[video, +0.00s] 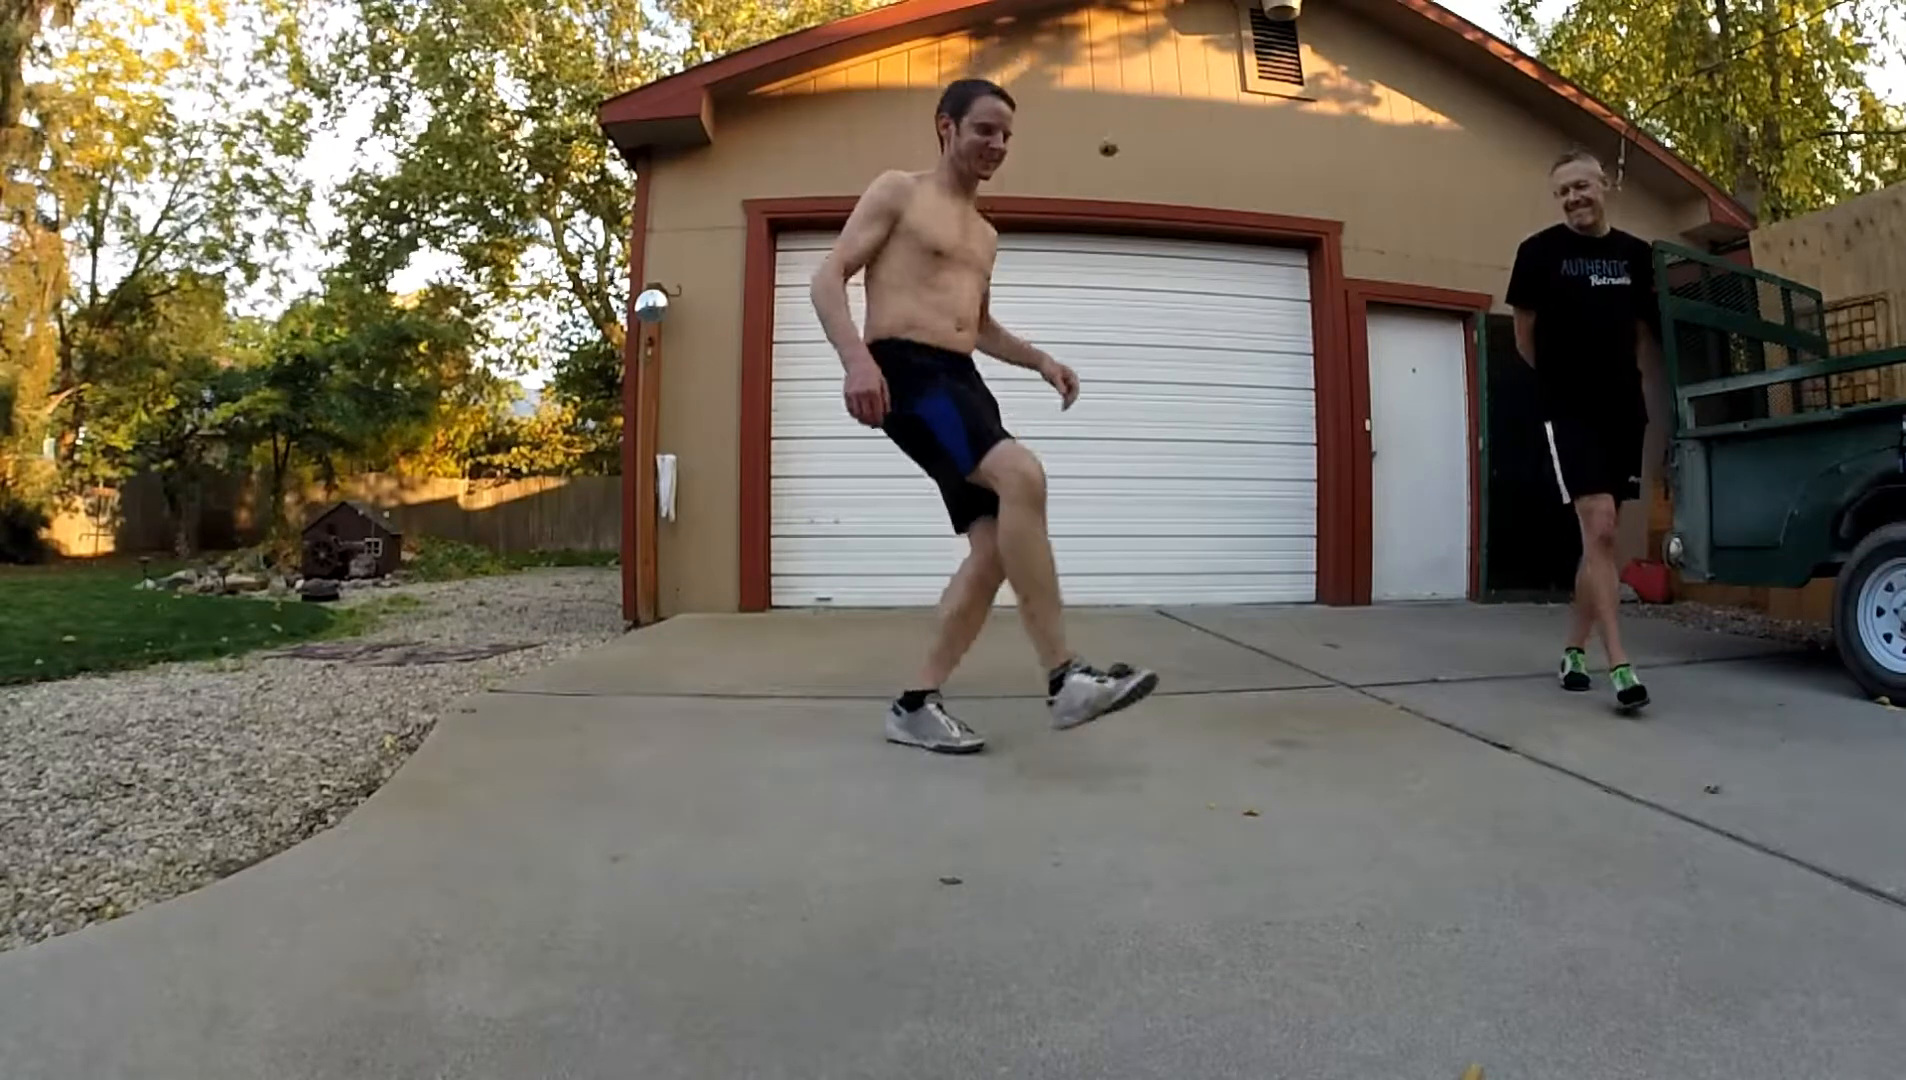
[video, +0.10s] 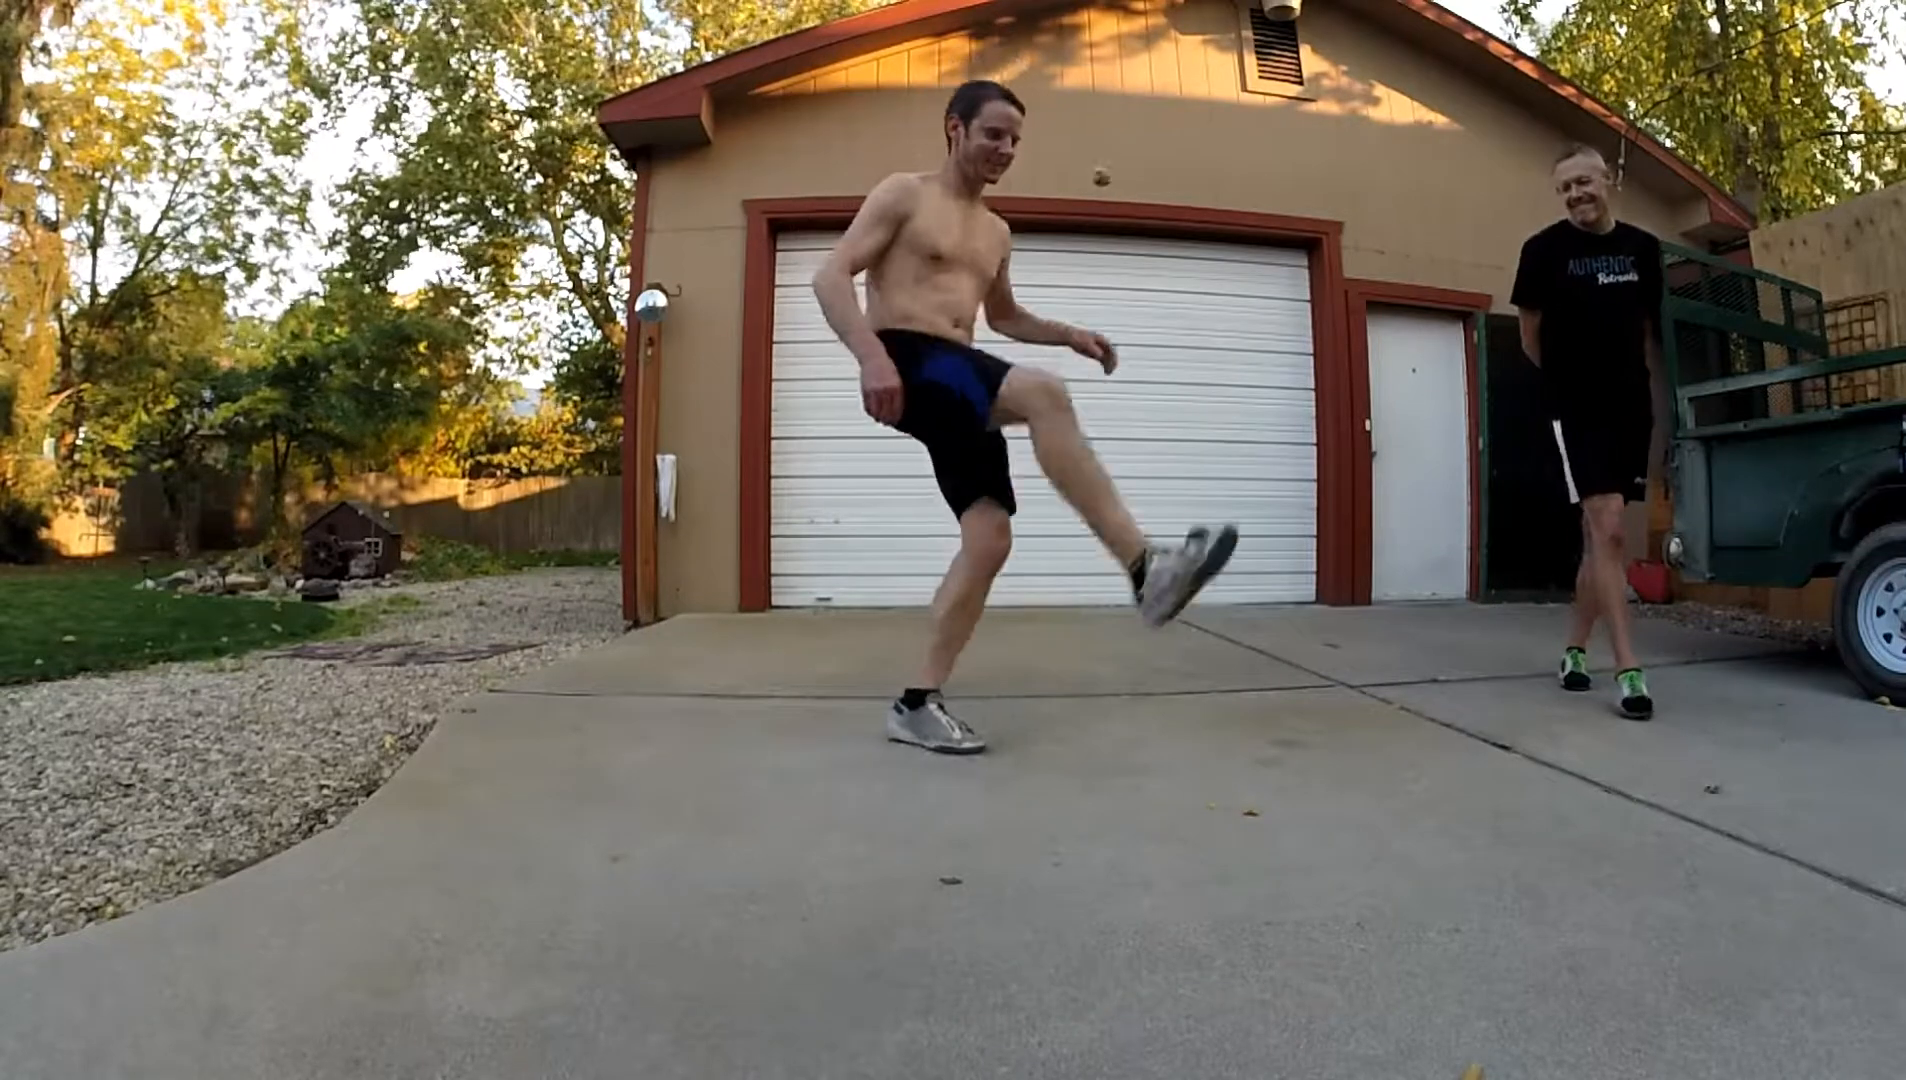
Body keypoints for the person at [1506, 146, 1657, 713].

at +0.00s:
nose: (1575, 197)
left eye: (1584, 186)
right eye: (1565, 190)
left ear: (1605, 189)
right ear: (1556, 199)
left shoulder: (1635, 254)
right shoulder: (1537, 253)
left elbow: (1642, 337)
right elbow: (1524, 341)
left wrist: (1618, 376)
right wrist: (1559, 378)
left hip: (1622, 400)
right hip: (1565, 403)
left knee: (1603, 532)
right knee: (1601, 523)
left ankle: (1574, 652)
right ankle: (1619, 665)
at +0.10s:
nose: (1579, 193)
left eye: (1587, 181)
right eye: (1568, 186)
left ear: (1609, 183)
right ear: (1559, 195)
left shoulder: (1643, 248)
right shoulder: (1542, 250)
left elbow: (1650, 335)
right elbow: (1530, 342)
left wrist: (1645, 386)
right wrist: (1565, 381)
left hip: (1631, 395)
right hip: (1572, 400)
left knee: (1605, 531)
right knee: (1608, 522)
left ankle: (1574, 649)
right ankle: (1628, 669)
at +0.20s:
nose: (1578, 188)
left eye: (1586, 175)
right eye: (1567, 182)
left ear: (1613, 175)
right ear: (1560, 191)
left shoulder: (1650, 236)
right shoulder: (1548, 247)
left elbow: (1653, 318)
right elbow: (1536, 335)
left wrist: (1622, 362)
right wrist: (1573, 373)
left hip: (1638, 391)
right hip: (1581, 396)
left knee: (1607, 529)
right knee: (1618, 522)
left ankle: (1576, 651)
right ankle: (1630, 670)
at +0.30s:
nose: (1579, 182)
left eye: (1587, 169)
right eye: (1568, 175)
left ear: (1615, 167)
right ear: (1560, 185)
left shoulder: (1654, 225)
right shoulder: (1551, 242)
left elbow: (1662, 303)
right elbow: (1543, 331)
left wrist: (1626, 351)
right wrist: (1579, 369)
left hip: (1645, 384)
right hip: (1588, 389)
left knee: (1613, 522)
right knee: (1625, 519)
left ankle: (1586, 645)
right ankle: (1630, 669)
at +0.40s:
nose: (1579, 174)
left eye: (1587, 161)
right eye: (1568, 168)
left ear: (1614, 158)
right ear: (1560, 177)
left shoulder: (1657, 216)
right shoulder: (1554, 236)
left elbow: (1669, 294)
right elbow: (1549, 327)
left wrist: (1635, 346)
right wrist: (1584, 367)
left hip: (1653, 379)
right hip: (1594, 386)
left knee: (1643, 520)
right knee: (1627, 513)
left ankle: (1597, 635)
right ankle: (1629, 668)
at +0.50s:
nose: (1582, 167)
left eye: (1589, 153)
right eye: (1570, 160)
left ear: (1616, 149)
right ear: (1563, 170)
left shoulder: (1662, 210)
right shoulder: (1557, 231)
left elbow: (1675, 284)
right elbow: (1553, 323)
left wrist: (1640, 335)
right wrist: (1591, 360)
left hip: (1660, 376)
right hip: (1602, 384)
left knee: (1665, 530)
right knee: (1630, 518)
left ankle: (1610, 631)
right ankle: (1630, 667)